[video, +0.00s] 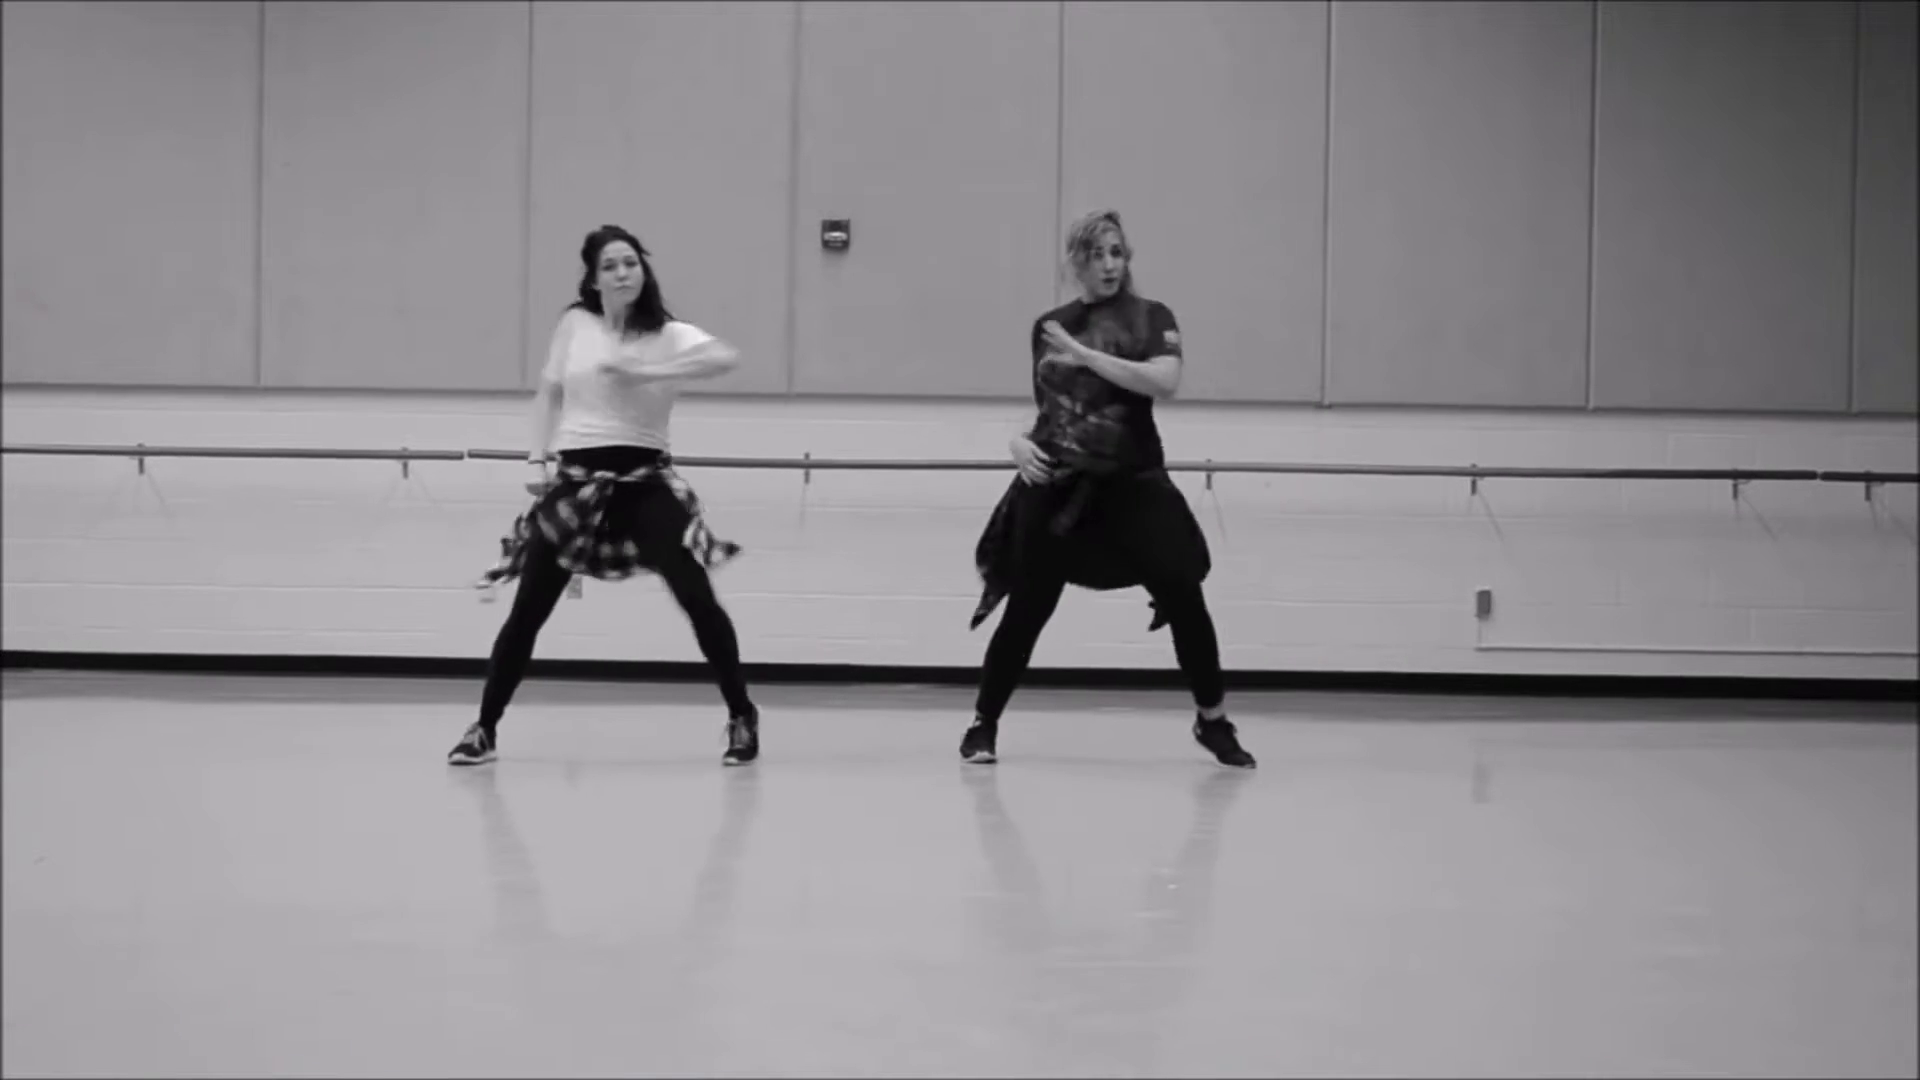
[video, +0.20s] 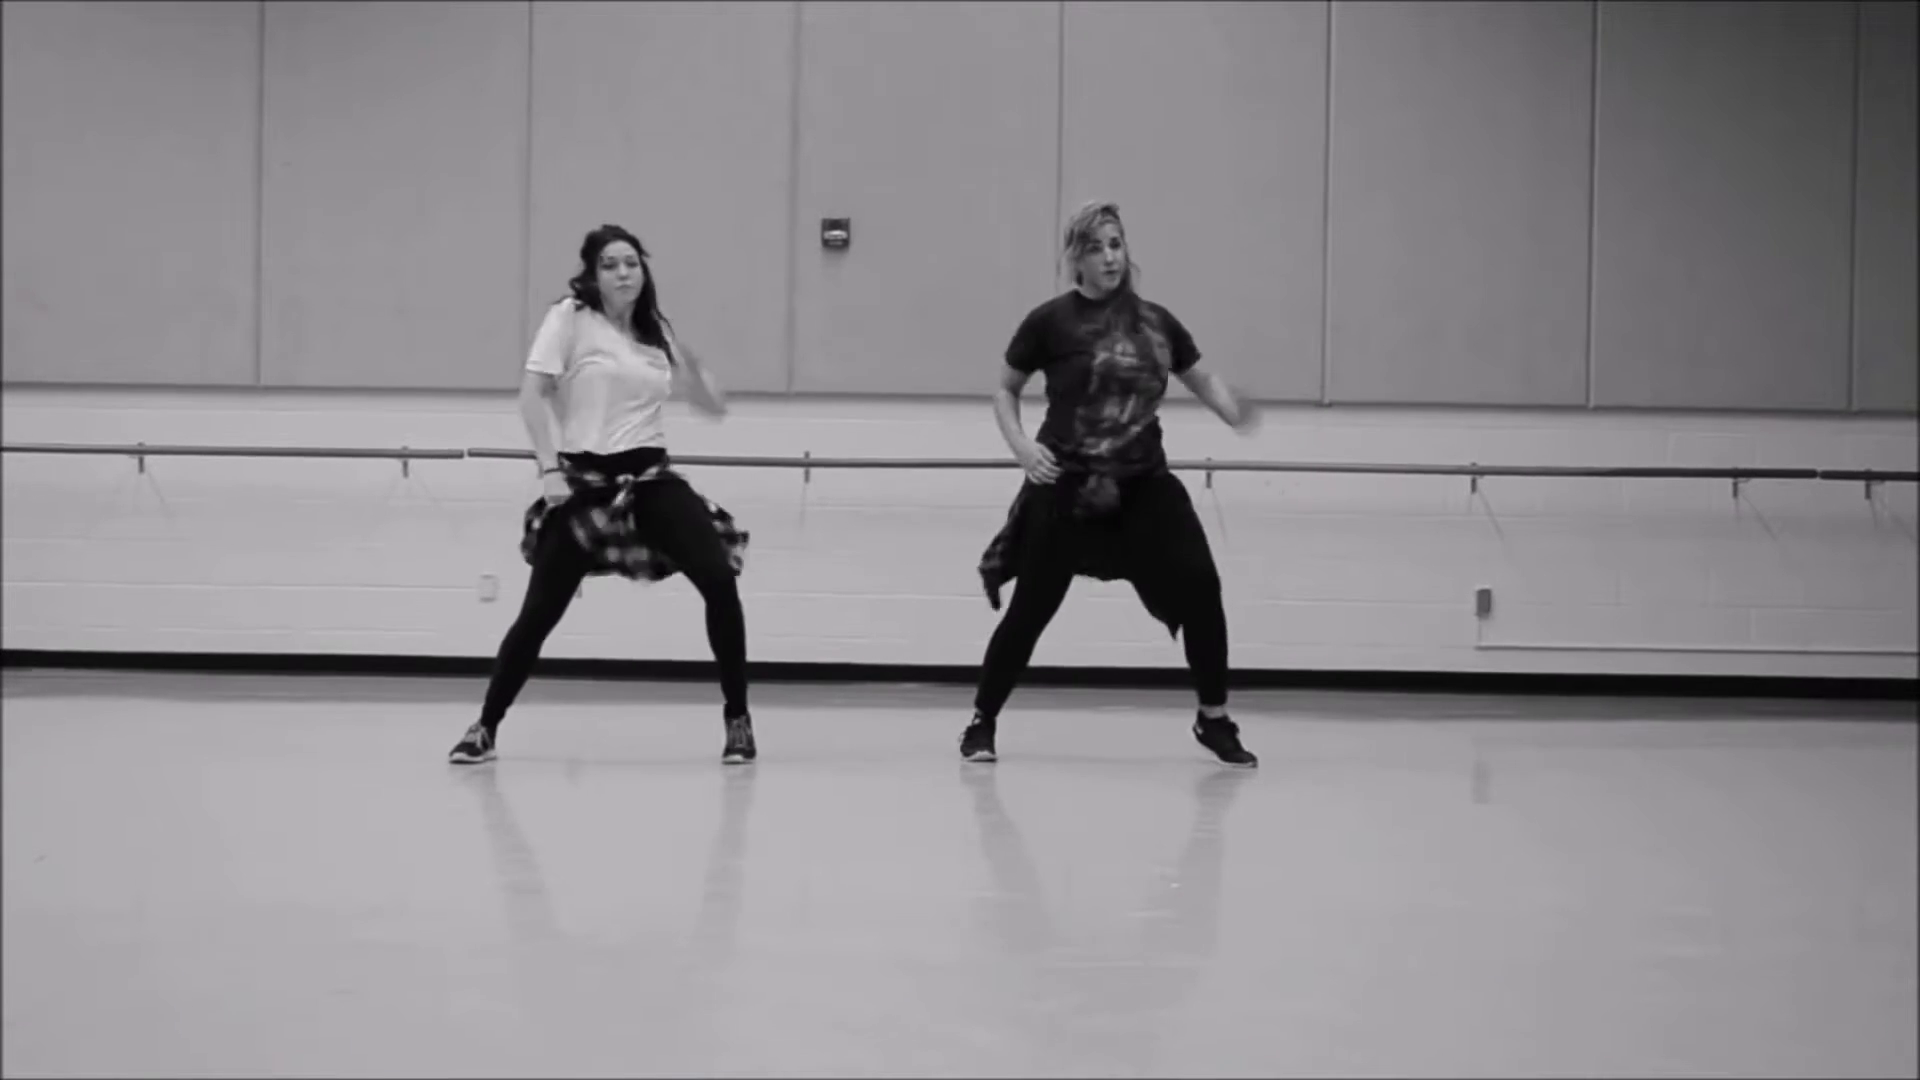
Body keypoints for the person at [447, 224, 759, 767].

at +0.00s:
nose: (623, 273)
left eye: (630, 263)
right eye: (610, 266)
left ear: (645, 270)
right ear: (593, 276)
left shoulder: (667, 331)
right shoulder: (573, 326)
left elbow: (725, 358)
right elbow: (548, 396)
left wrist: (646, 372)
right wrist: (538, 460)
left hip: (644, 484)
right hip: (573, 483)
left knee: (698, 601)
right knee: (528, 613)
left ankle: (742, 717)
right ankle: (484, 727)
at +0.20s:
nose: (624, 273)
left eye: (632, 263)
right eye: (611, 265)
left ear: (645, 271)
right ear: (592, 275)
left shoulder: (656, 331)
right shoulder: (569, 319)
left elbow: (712, 409)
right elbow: (530, 397)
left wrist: (693, 374)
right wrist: (549, 470)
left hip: (653, 482)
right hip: (583, 485)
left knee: (720, 583)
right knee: (539, 616)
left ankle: (738, 720)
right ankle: (485, 727)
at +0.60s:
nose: (675, 282)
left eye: (683, 273)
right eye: (662, 273)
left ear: (695, 283)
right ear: (639, 283)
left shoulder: (698, 350)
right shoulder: (622, 346)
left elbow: (720, 415)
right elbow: (589, 431)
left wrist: (731, 458)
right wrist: (637, 489)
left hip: (691, 501)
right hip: (630, 499)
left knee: (740, 605)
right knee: (572, 613)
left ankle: (688, 731)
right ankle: (492, 721)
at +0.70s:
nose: (718, 298)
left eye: (726, 288)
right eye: (705, 287)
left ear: (733, 297)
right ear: (678, 294)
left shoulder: (720, 361)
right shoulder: (656, 357)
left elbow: (715, 429)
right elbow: (638, 447)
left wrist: (733, 464)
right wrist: (689, 503)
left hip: (698, 501)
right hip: (645, 501)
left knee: (742, 607)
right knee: (616, 615)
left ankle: (688, 731)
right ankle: (549, 726)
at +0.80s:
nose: (754, 324)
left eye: (761, 314)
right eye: (742, 311)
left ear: (766, 322)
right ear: (711, 313)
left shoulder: (738, 378)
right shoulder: (681, 373)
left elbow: (703, 441)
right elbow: (682, 465)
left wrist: (722, 469)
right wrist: (743, 518)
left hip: (703, 501)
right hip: (651, 497)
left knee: (742, 607)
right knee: (666, 596)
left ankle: (689, 731)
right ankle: (636, 731)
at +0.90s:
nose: (781, 353)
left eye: (788, 342)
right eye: (769, 339)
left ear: (793, 347)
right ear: (740, 342)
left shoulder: (756, 399)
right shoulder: (705, 397)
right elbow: (723, 489)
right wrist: (797, 536)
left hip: (700, 502)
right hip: (650, 498)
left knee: (744, 607)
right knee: (701, 591)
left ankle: (688, 731)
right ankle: (712, 710)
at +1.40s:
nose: (805, 323)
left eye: (808, 313)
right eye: (797, 311)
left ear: (781, 315)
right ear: (766, 307)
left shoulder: (765, 371)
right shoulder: (719, 365)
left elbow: (733, 472)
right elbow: (766, 447)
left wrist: (777, 466)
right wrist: (828, 498)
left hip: (730, 514)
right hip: (693, 510)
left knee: (764, 631)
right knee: (756, 608)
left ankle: (688, 733)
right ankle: (794, 728)